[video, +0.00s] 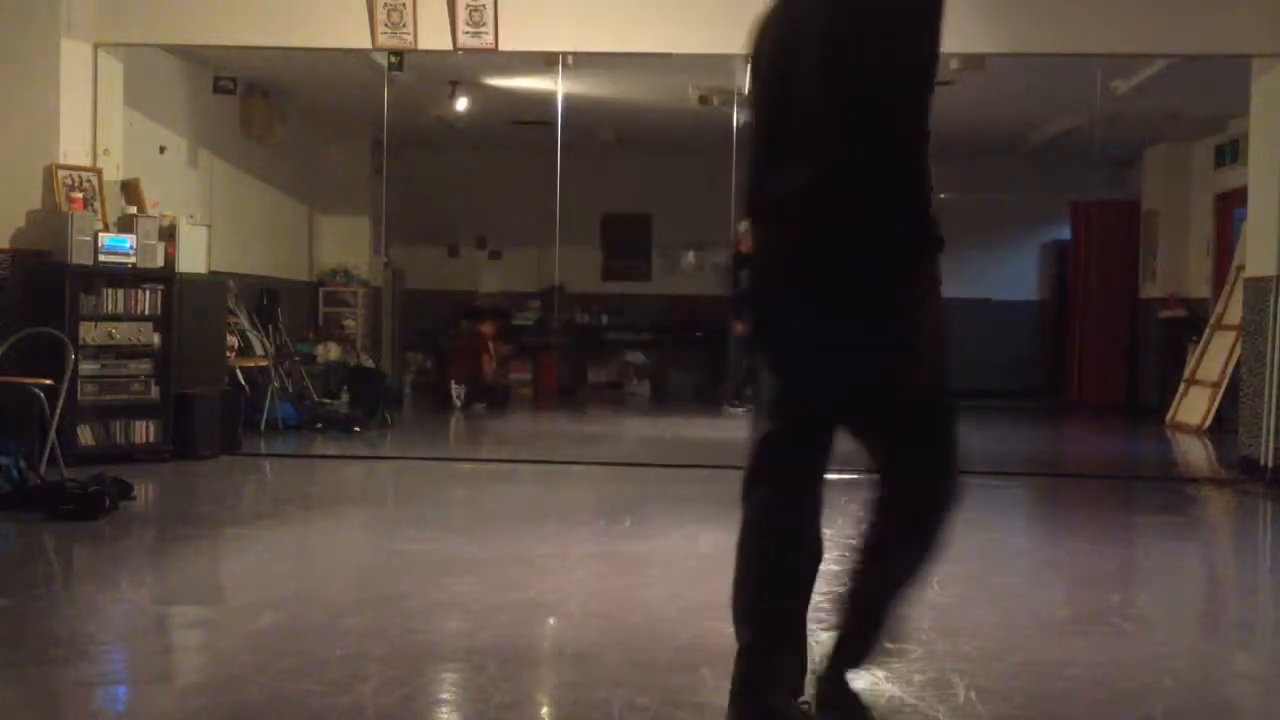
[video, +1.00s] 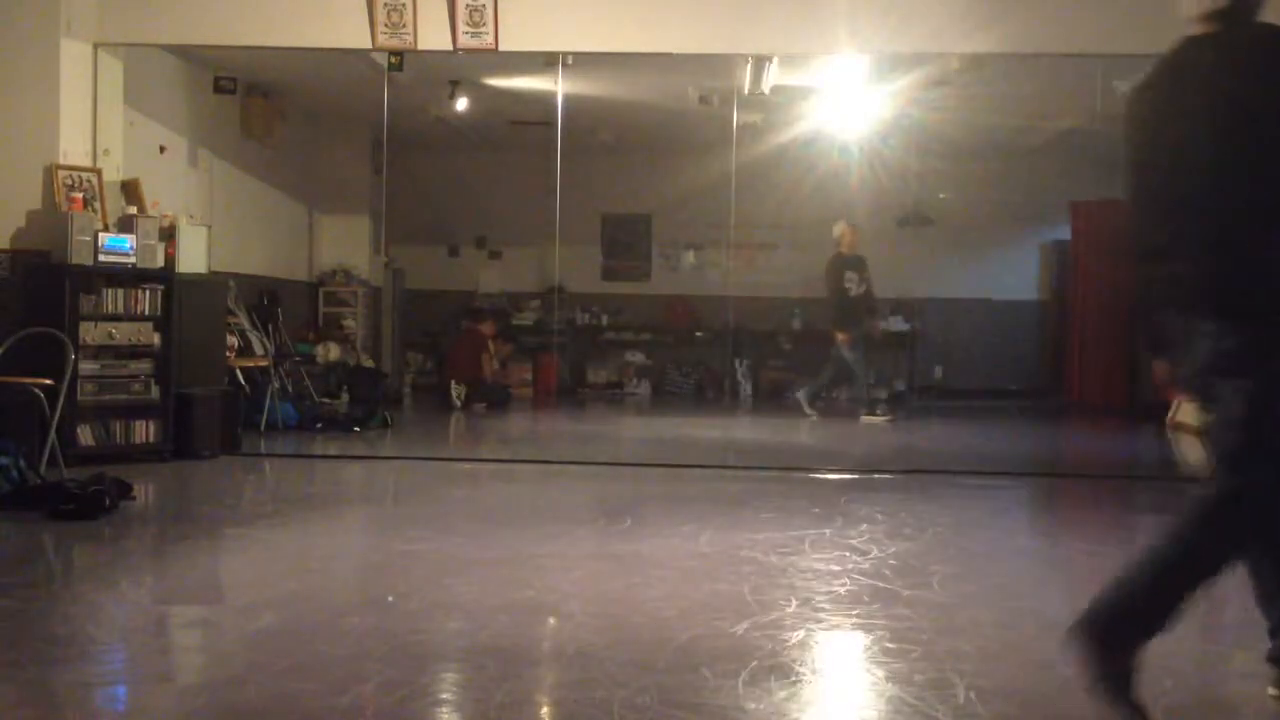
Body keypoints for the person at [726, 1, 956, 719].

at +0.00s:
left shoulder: (784, 20)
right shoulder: (907, 18)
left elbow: (766, 164)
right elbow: (894, 163)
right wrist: (919, 277)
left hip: (789, 288)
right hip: (872, 294)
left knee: (783, 489)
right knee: (921, 477)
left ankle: (762, 695)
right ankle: (840, 667)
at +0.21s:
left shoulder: (880, 24)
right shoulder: (975, 14)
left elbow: (854, 168)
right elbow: (958, 155)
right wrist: (952, 292)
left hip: (861, 290)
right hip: (928, 297)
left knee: (821, 496)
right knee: (983, 494)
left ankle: (765, 694)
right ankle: (1039, 675)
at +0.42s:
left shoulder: (977, 35)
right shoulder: (1069, 32)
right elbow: (1049, 188)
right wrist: (1060, 313)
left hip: (983, 315)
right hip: (1056, 319)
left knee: (976, 485)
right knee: (1089, 496)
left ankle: (853, 614)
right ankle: (1052, 676)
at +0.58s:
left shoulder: (1015, 43)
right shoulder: (1138, 21)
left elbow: (1013, 190)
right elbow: (1145, 166)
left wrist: (1029, 299)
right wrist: (1171, 283)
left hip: (1056, 293)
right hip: (1115, 297)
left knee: (1096, 461)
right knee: (1108, 479)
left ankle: (1014, 618)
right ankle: (1051, 673)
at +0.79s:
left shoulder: (1090, 64)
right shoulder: (1225, 51)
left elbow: (1070, 208)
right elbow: (1262, 189)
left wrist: (1067, 331)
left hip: (1097, 305)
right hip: (1178, 305)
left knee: (1180, 491)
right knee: (1127, 491)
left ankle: (1255, 656)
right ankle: (1053, 671)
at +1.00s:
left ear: (1206, 9)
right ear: (1259, 4)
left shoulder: (1166, 79)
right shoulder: (1265, 62)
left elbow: (1155, 224)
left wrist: (1163, 342)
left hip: (1201, 324)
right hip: (1257, 324)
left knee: (1256, 495)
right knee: (1251, 492)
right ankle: (1117, 628)